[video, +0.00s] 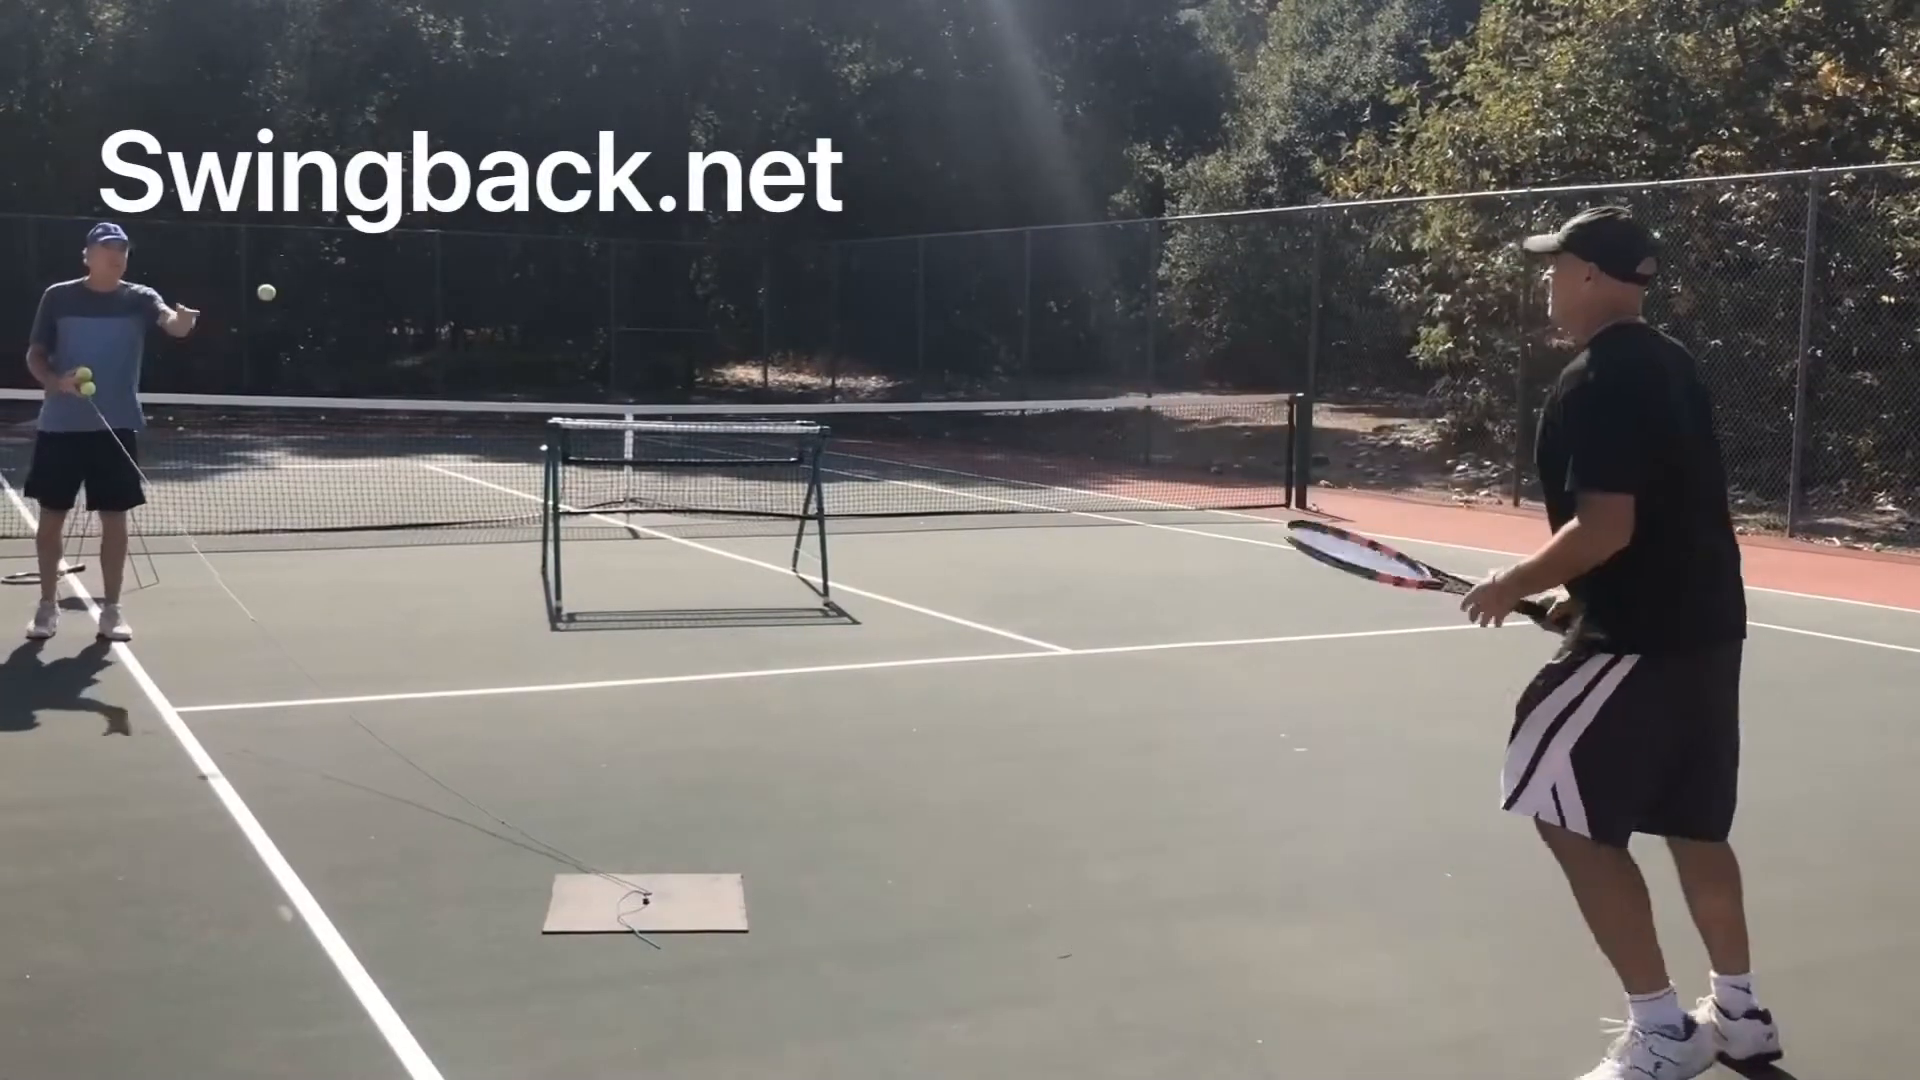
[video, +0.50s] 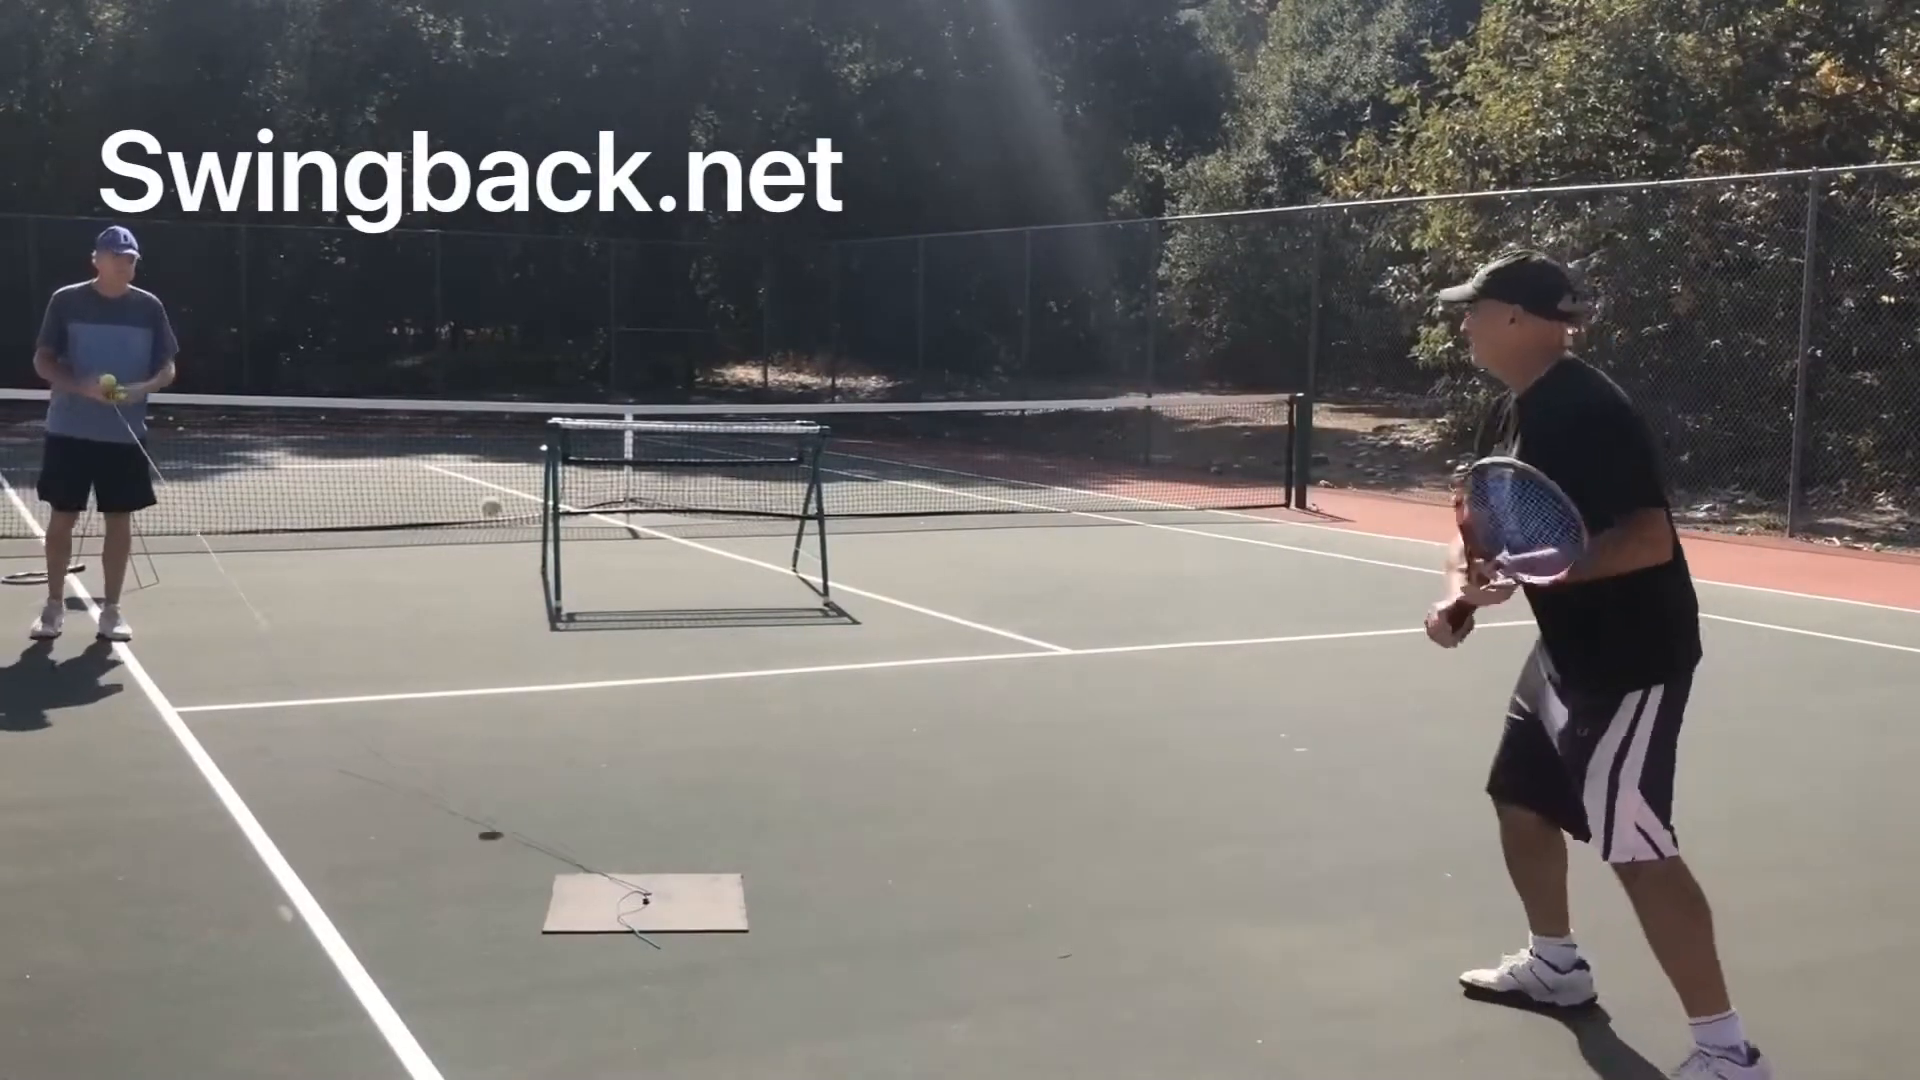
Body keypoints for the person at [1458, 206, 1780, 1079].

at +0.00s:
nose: (1549, 287)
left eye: (1561, 272)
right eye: (1553, 271)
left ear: (1604, 282)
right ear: (1621, 284)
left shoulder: (1602, 377)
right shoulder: (1670, 364)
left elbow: (1606, 526)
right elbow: (1677, 518)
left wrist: (1511, 583)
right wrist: (1582, 592)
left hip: (1639, 641)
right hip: (1708, 635)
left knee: (1563, 808)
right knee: (1692, 818)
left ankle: (1662, 1029)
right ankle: (1740, 1011)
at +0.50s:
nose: (1464, 327)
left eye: (1477, 313)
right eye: (1468, 314)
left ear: (1523, 323)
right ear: (1521, 326)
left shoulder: (1591, 409)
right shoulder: (1510, 411)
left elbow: (1651, 540)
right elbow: (1484, 525)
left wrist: (1531, 572)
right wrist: (1463, 591)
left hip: (1639, 655)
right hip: (1568, 644)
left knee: (1631, 831)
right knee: (1520, 793)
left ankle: (1725, 1048)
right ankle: (1556, 962)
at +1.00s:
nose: (1309, 365)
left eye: (1319, 352)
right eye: (1310, 353)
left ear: (1367, 352)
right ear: (1351, 356)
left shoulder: (1456, 403)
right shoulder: (1326, 436)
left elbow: (1565, 480)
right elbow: (1334, 521)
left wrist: (1498, 474)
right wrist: (1379, 550)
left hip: (1488, 646)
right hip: (1402, 634)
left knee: (1470, 813)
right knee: (1310, 748)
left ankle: (1574, 987)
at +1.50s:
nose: (1148, 356)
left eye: (1154, 339)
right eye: (1146, 342)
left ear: (1195, 332)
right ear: (1210, 330)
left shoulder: (1207, 438)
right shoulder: (1287, 353)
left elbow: (1241, 570)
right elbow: (1376, 283)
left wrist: (1237, 694)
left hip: (1292, 618)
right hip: (1288, 595)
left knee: (1253, 782)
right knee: (1197, 723)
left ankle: (1426, 818)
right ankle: (1200, 888)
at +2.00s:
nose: (1256, 298)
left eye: (1261, 286)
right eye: (1259, 285)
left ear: (1288, 291)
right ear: (1332, 289)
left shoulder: (1263, 389)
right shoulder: (1394, 357)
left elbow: (1243, 524)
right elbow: (1491, 435)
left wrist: (1181, 585)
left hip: (1322, 615)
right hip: (1414, 609)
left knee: (1267, 779)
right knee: (1373, 756)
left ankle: (1267, 978)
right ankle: (1400, 915)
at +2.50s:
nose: (1411, 282)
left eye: (1420, 268)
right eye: (1415, 268)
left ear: (1455, 275)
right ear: (1491, 279)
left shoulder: (1456, 369)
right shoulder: (1543, 357)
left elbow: (1458, 508)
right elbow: (1552, 496)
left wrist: (1393, 541)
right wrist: (1453, 561)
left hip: (1514, 610)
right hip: (1581, 602)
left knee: (1442, 776)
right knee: (1562, 779)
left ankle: (1487, 1011)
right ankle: (1613, 967)